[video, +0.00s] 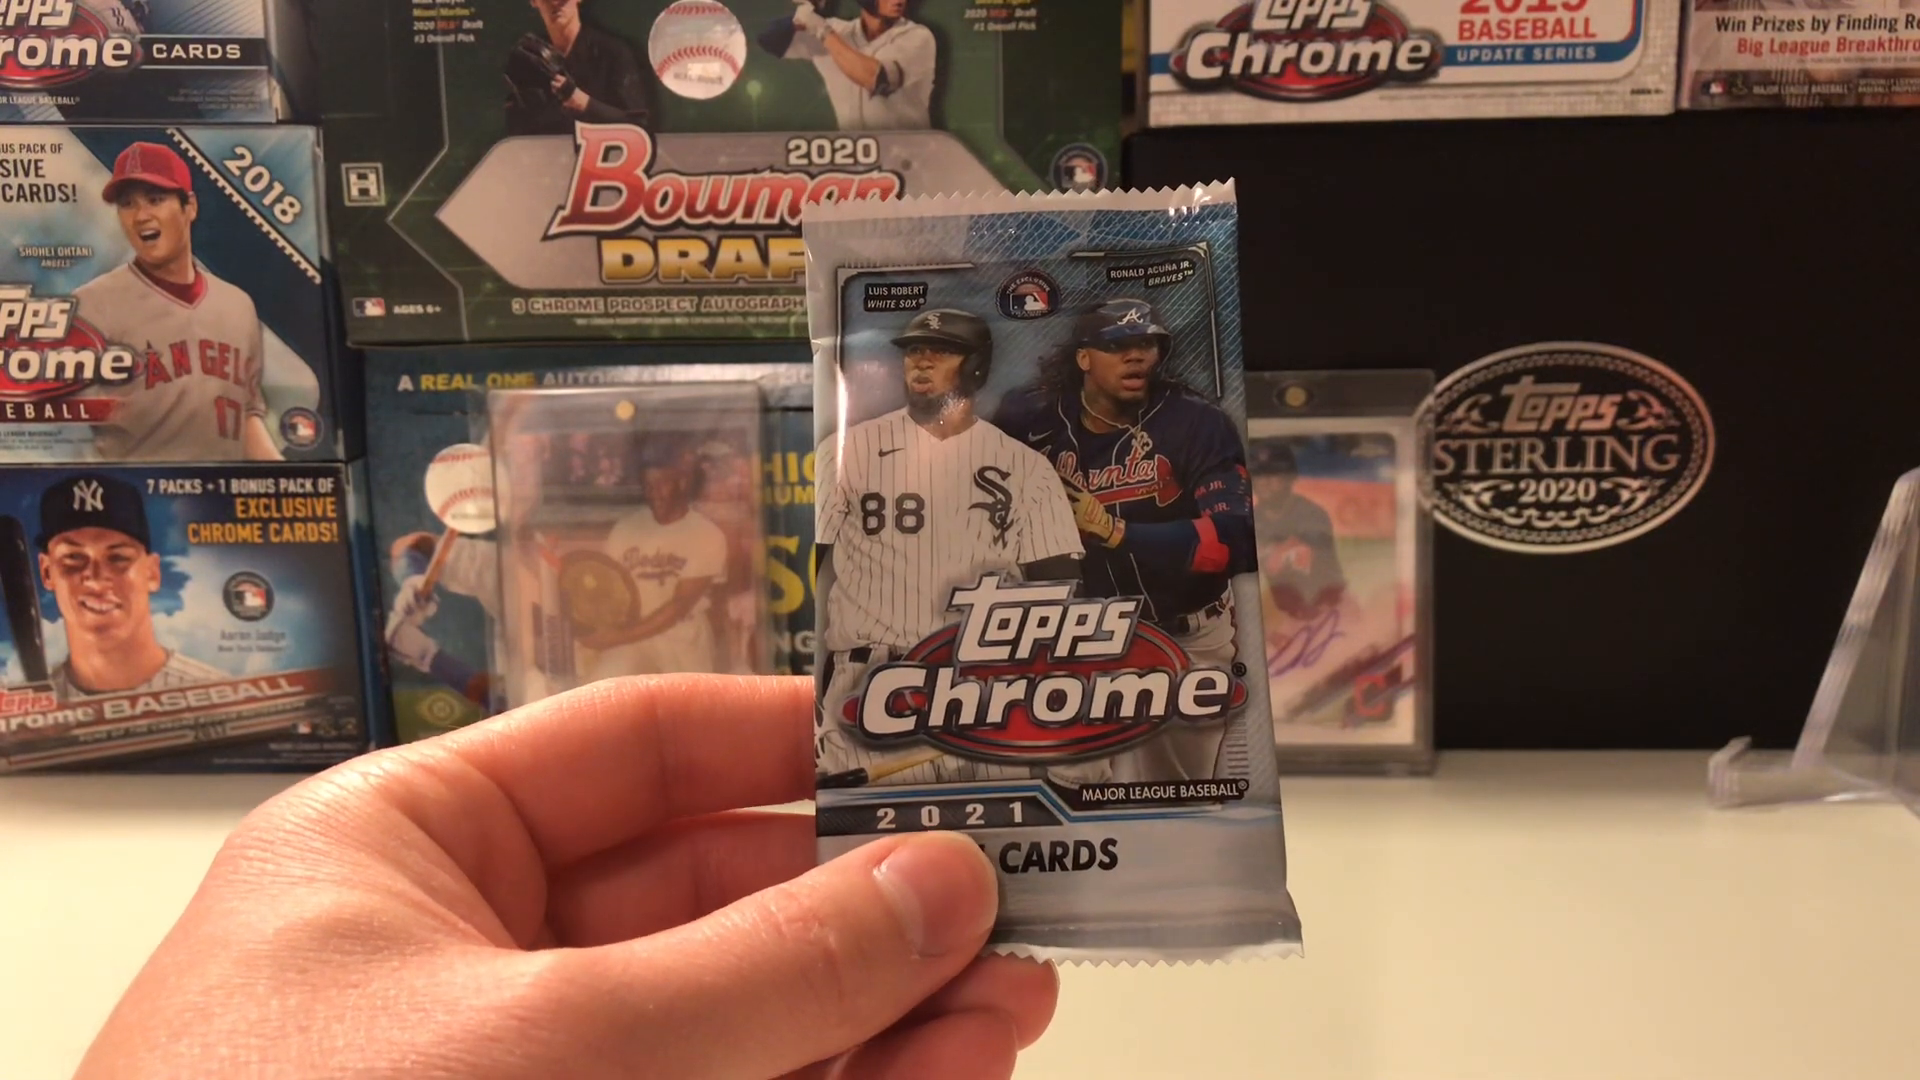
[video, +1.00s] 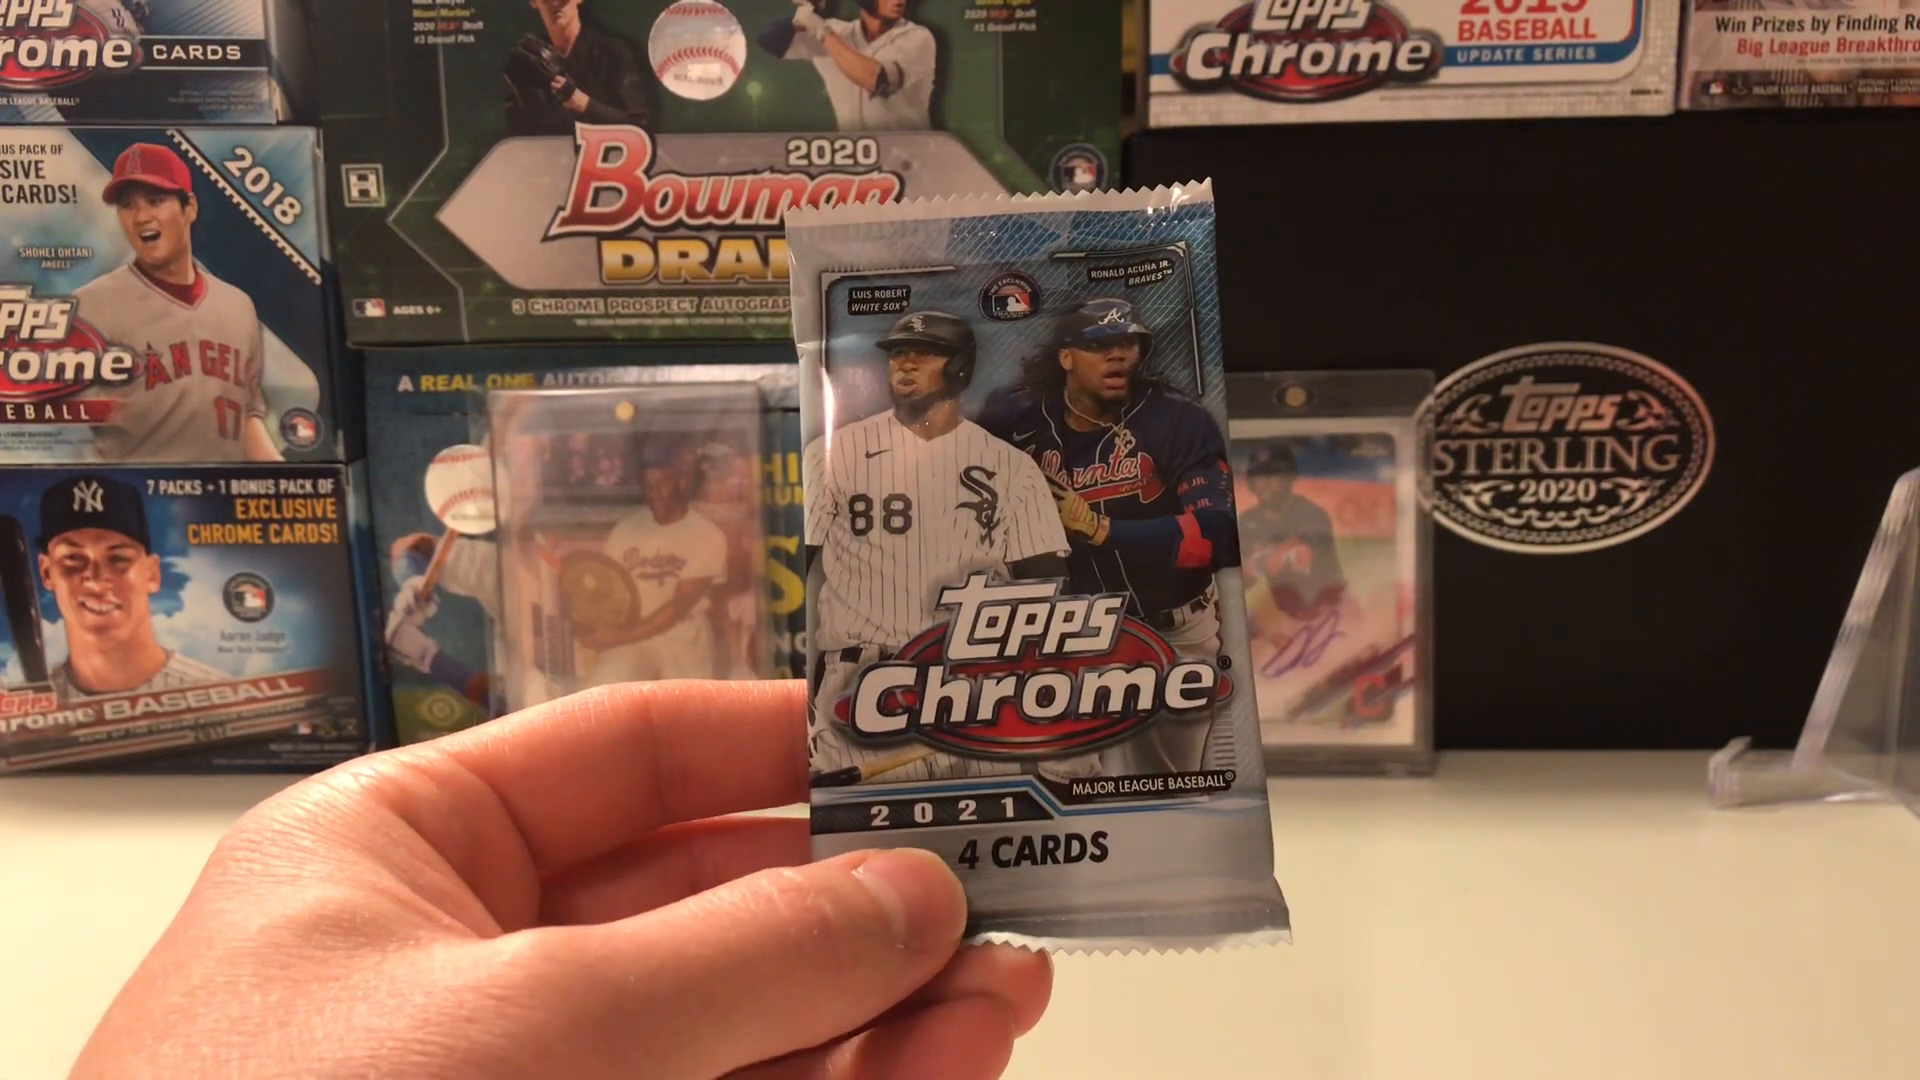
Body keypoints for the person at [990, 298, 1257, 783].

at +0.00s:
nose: (1138, 357)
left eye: (1147, 344)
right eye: (1120, 346)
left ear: (1160, 352)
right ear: (1084, 358)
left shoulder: (1198, 425)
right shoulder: (1029, 419)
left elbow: (1234, 541)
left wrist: (1117, 532)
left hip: (1188, 633)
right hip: (1075, 636)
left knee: (1180, 804)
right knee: (1076, 798)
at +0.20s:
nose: (1136, 356)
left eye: (1145, 343)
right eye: (1118, 344)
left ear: (1159, 351)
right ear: (1082, 356)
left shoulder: (1197, 425)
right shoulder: (1028, 420)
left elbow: (1233, 539)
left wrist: (1115, 532)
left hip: (1186, 633)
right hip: (1075, 637)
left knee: (1182, 803)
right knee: (1077, 798)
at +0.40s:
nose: (1131, 355)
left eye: (1140, 342)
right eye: (1114, 343)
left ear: (1154, 349)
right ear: (1078, 355)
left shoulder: (1193, 424)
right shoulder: (1026, 421)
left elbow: (1227, 537)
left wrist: (1113, 530)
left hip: (1184, 631)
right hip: (1075, 635)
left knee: (1179, 799)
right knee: (1078, 796)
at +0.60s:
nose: (1125, 353)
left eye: (1134, 340)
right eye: (1107, 342)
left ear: (1147, 348)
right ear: (1071, 355)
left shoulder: (1185, 420)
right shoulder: (1018, 418)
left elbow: (1221, 534)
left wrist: (1107, 528)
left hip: (1179, 628)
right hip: (1070, 632)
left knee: (1174, 796)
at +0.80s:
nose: (1118, 354)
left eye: (1127, 341)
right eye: (1101, 343)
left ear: (1140, 348)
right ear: (1065, 355)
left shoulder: (1179, 420)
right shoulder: (1014, 417)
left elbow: (1214, 531)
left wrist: (1102, 527)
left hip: (1177, 624)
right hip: (1069, 629)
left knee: (1175, 788)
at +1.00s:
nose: (1119, 356)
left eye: (1128, 343)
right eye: (1101, 345)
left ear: (1141, 351)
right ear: (1066, 358)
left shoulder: (1180, 423)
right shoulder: (1015, 420)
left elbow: (1213, 535)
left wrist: (1101, 528)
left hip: (1178, 627)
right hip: (1070, 632)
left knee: (1180, 790)